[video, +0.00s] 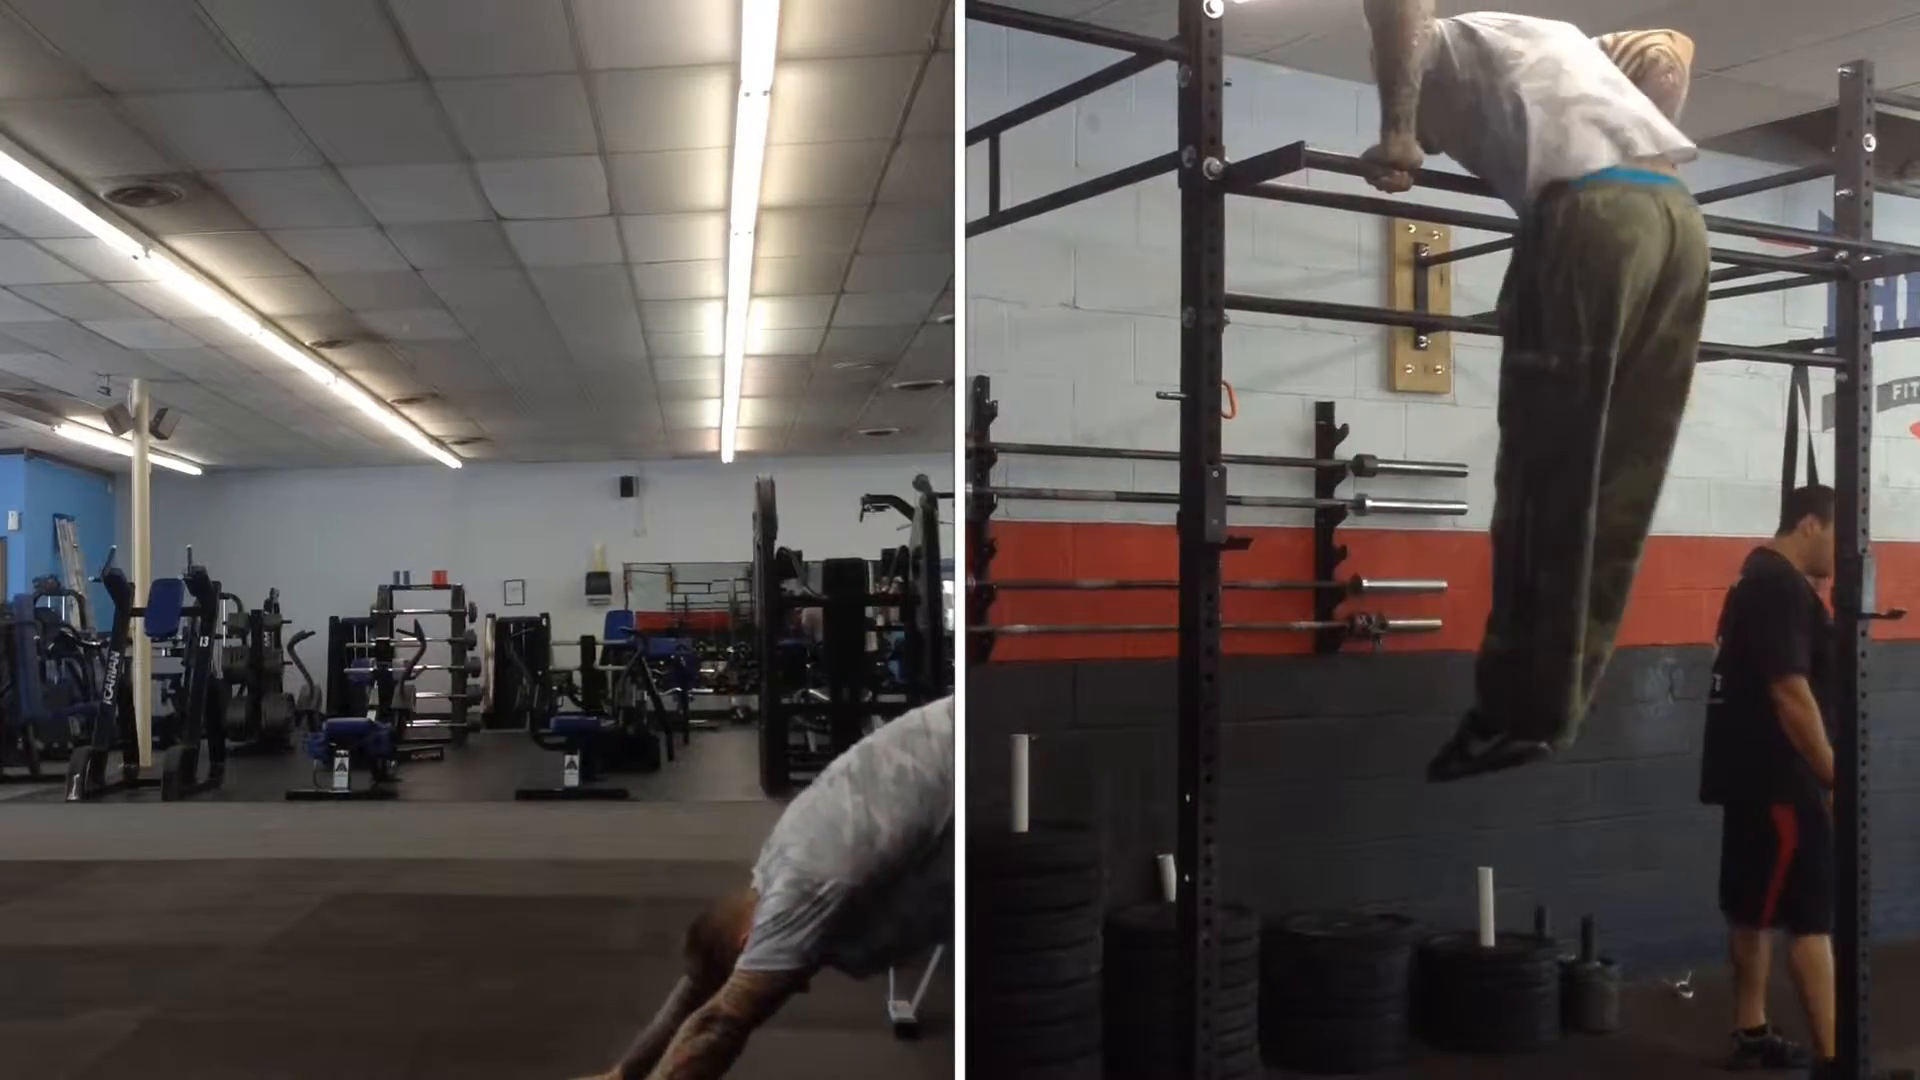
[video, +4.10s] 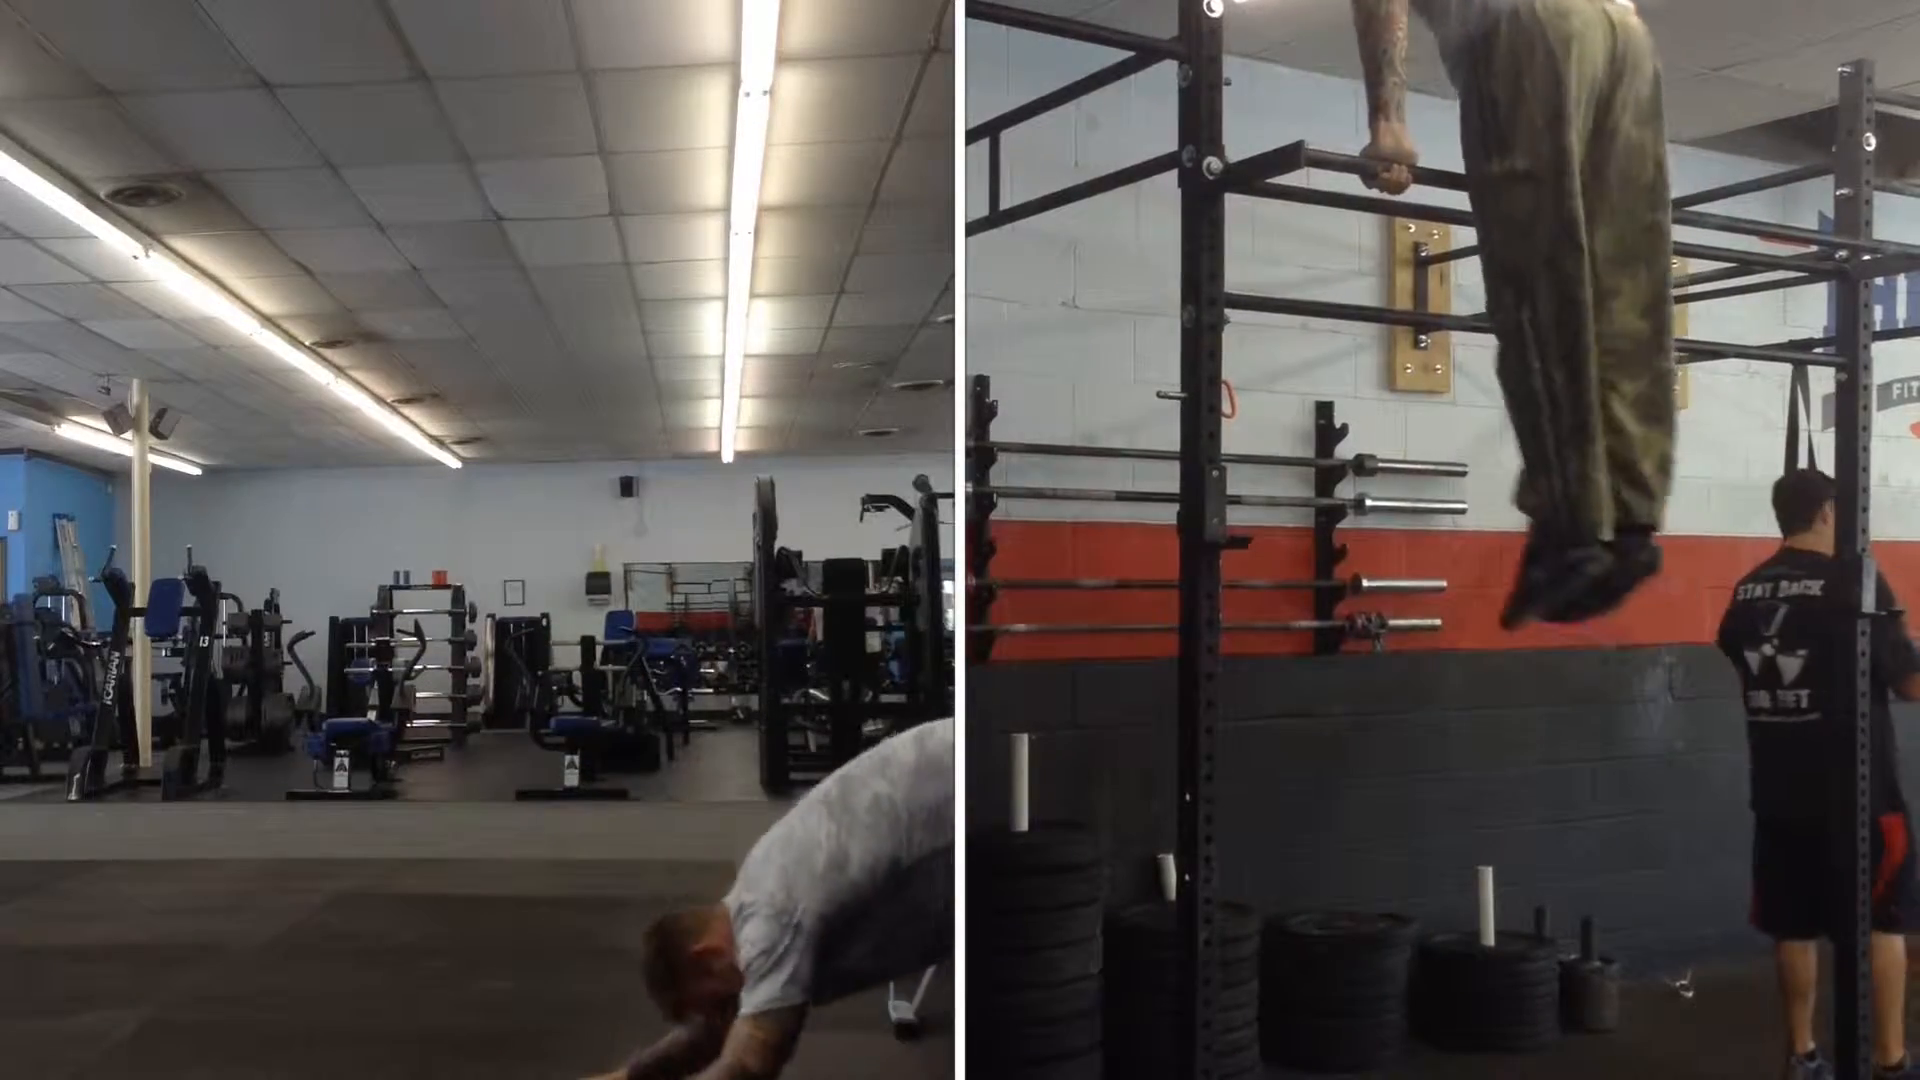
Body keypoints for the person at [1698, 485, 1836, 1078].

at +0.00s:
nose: (1841, 553)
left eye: (1843, 540)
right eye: (1839, 538)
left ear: (1802, 526)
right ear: (1810, 526)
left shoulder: (1760, 581)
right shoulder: (1781, 585)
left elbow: (1772, 690)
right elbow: (1786, 693)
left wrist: (1820, 769)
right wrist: (1835, 773)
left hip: (1750, 774)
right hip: (1784, 777)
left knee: (1749, 910)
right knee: (1811, 920)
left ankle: (1752, 1032)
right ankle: (1832, 1051)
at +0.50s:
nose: (1866, 535)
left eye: (1866, 522)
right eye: (1862, 522)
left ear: (1814, 514)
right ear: (1835, 517)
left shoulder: (1784, 577)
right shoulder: (1825, 586)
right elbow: (1849, 700)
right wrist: (1895, 787)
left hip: (1791, 771)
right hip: (1827, 778)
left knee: (1807, 910)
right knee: (1834, 919)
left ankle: (1769, 1017)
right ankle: (1840, 1054)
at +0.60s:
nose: (1877, 531)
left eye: (1877, 518)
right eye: (1871, 517)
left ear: (1821, 513)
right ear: (1841, 515)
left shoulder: (1785, 581)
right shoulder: (1829, 587)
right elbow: (1860, 696)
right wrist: (1911, 781)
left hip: (1799, 777)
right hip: (1836, 783)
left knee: (1824, 913)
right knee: (1841, 924)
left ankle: (1785, 1005)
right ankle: (1844, 1054)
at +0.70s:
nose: (1883, 530)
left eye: (1883, 517)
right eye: (1876, 517)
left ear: (1827, 513)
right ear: (1844, 515)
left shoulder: (1790, 581)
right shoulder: (1839, 588)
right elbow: (1869, 702)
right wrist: (1915, 773)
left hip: (1802, 781)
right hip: (1840, 788)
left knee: (1830, 915)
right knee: (1844, 925)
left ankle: (1819, 1026)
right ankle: (1841, 1054)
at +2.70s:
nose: (1916, 524)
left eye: (1912, 511)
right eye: (1919, 512)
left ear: (1904, 515)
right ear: (1917, 517)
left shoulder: (1876, 577)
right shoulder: (1891, 577)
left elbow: (1845, 658)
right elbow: (1849, 660)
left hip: (1885, 767)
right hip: (1901, 770)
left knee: (1900, 914)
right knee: (1902, 915)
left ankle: (1883, 1029)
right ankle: (1883, 1031)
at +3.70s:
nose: (1892, 523)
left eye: (1887, 512)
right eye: (1888, 513)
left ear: (1826, 519)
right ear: (1876, 517)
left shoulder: (1790, 588)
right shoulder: (1902, 592)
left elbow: (1766, 665)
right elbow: (1907, 688)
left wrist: (1798, 727)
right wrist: (1898, 737)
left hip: (1814, 776)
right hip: (1894, 779)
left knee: (1813, 924)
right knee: (1904, 934)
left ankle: (1804, 1053)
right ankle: (1915, 1058)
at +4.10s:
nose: (1850, 525)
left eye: (1844, 513)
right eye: (1845, 514)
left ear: (1784, 519)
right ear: (1827, 515)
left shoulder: (1750, 587)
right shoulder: (1858, 581)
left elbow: (1735, 658)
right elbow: (1908, 681)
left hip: (1781, 780)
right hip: (1859, 783)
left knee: (1795, 922)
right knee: (1885, 919)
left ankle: (1803, 1054)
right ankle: (1890, 1057)